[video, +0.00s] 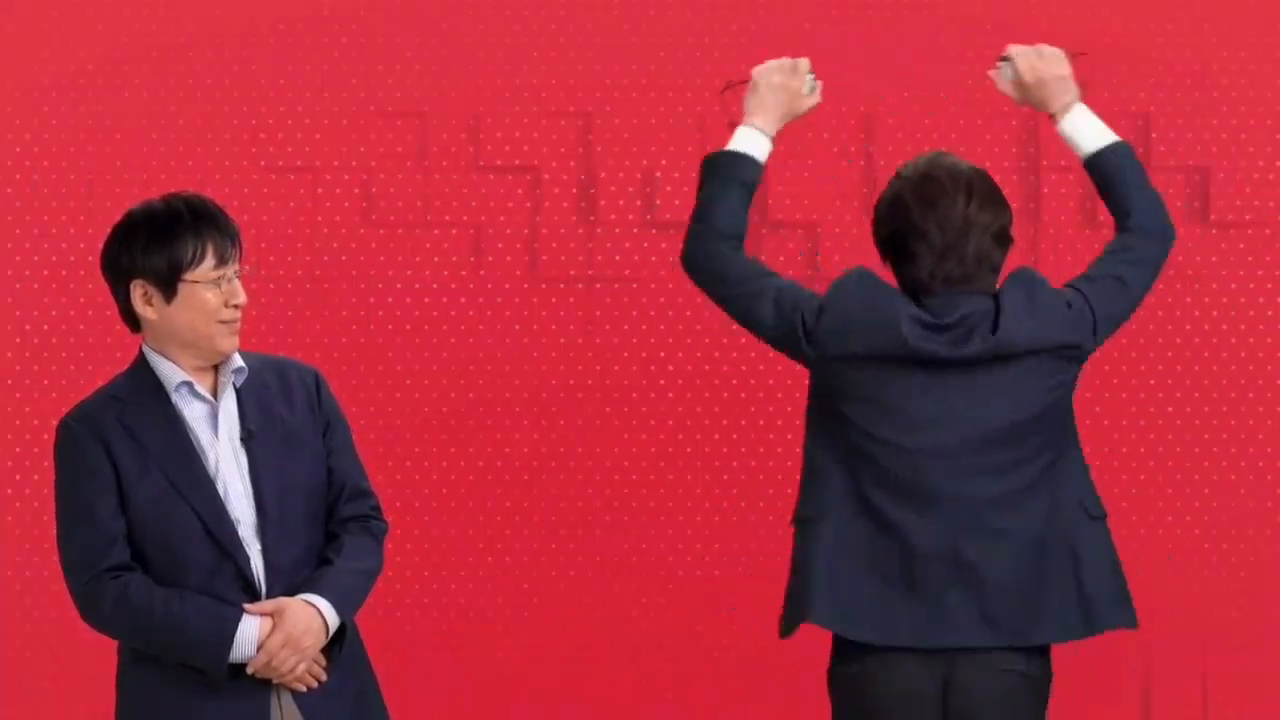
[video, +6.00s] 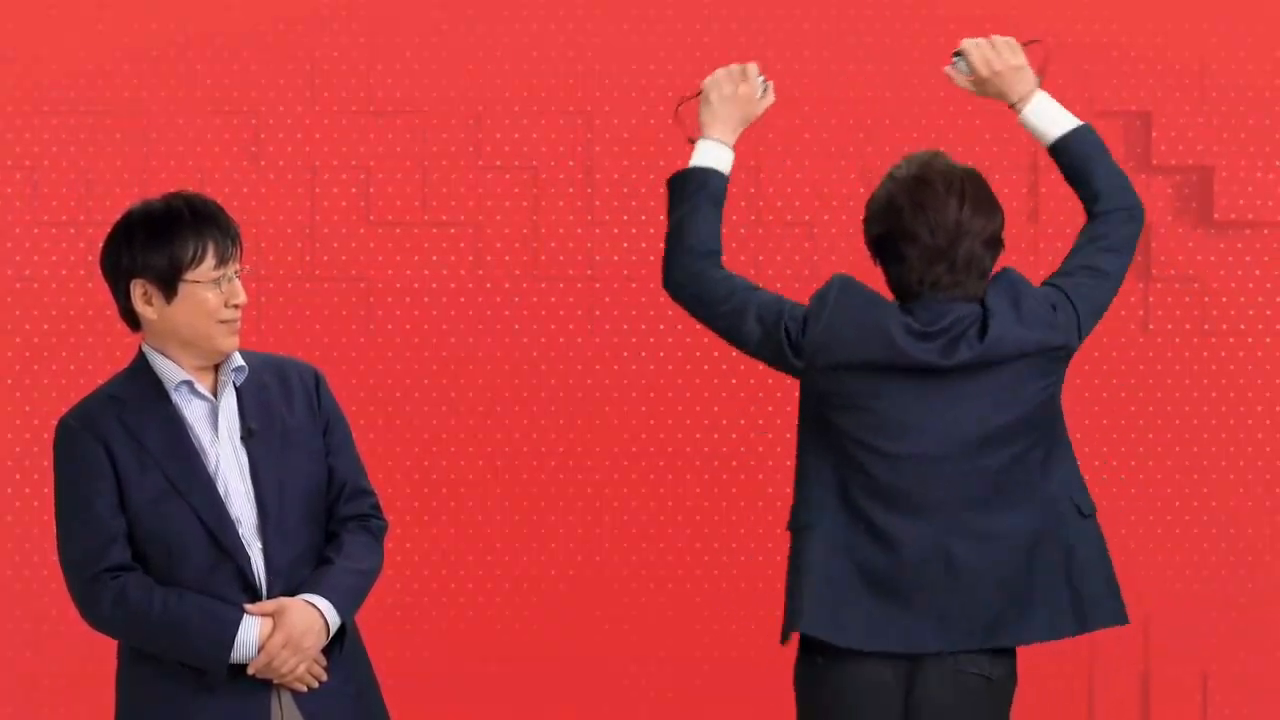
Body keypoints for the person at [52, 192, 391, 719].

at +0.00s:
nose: (238, 298)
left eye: (236, 278)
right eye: (214, 282)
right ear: (147, 300)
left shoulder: (302, 390)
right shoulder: (93, 433)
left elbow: (361, 525)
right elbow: (103, 591)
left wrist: (320, 612)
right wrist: (251, 639)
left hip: (333, 700)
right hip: (192, 708)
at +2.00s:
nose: (237, 297)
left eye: (235, 277)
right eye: (213, 282)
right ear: (146, 300)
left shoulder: (300, 389)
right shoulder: (91, 433)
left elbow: (360, 524)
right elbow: (102, 589)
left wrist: (319, 612)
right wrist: (250, 639)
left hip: (333, 699)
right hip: (191, 707)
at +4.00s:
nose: (237, 298)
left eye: (235, 278)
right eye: (213, 283)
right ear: (147, 301)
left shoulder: (301, 390)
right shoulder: (91, 434)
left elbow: (361, 525)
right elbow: (104, 591)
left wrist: (320, 612)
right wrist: (252, 639)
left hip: (332, 700)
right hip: (192, 708)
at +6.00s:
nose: (238, 298)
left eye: (236, 278)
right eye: (214, 282)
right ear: (147, 300)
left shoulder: (301, 389)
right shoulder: (92, 433)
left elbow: (361, 523)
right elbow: (104, 591)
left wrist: (320, 612)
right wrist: (252, 639)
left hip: (334, 700)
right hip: (192, 708)